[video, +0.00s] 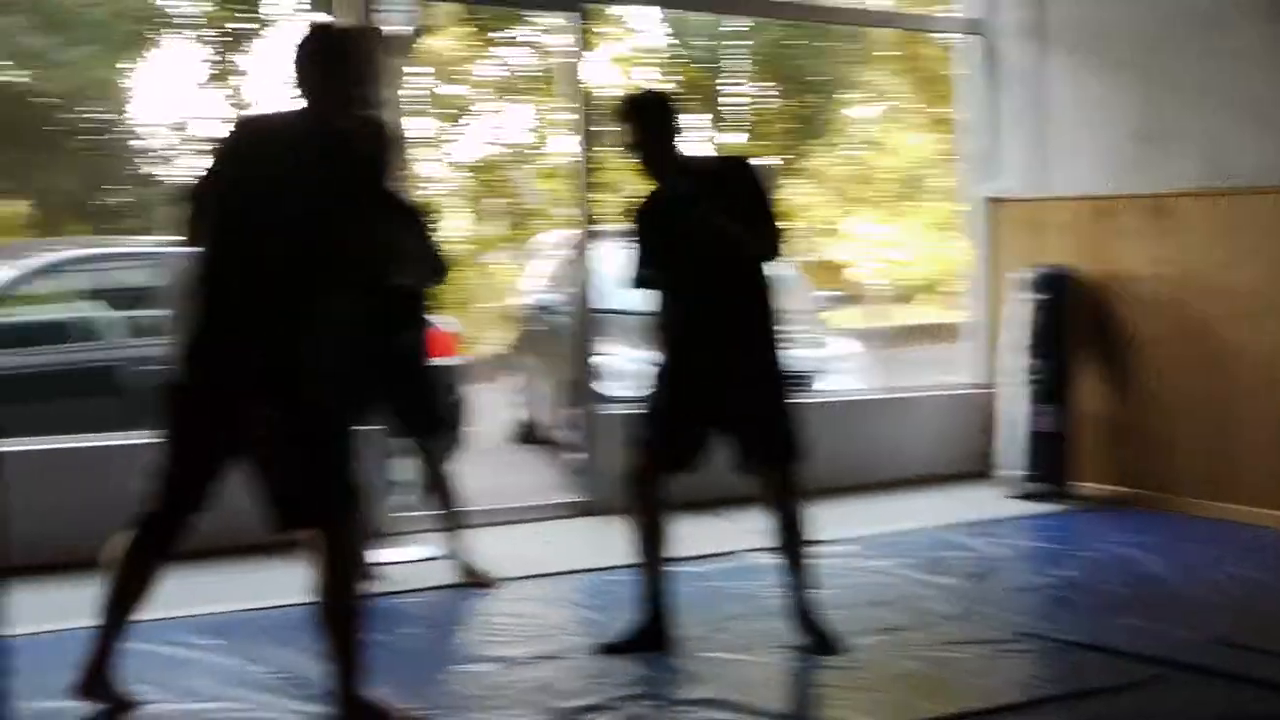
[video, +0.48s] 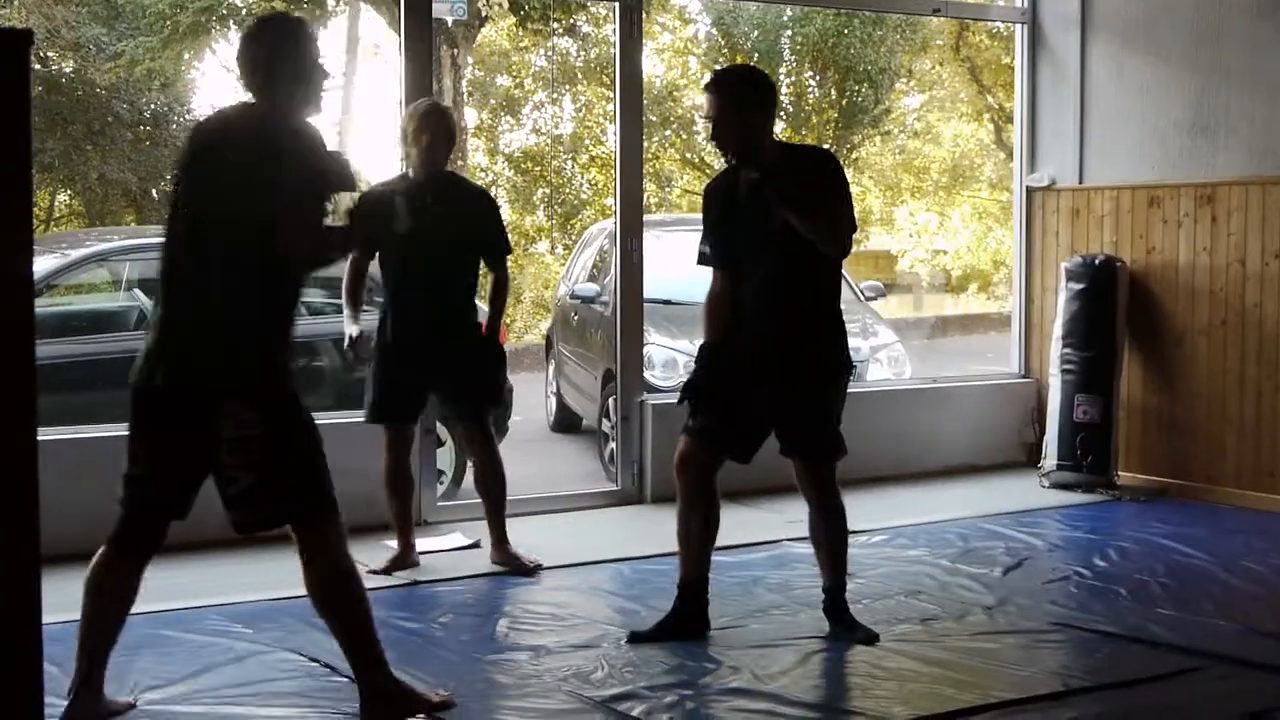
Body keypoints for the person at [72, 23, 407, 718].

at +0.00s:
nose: (368, 92)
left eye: (360, 77)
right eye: (365, 79)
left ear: (305, 75)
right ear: (356, 80)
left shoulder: (250, 138)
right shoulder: (360, 147)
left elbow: (200, 222)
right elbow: (386, 261)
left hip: (218, 372)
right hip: (308, 381)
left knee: (169, 512)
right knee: (340, 529)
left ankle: (97, 667)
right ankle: (350, 691)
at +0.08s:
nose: (411, 86)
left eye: (407, 73)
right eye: (405, 74)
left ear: (340, 72)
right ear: (390, 75)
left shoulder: (286, 132)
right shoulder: (404, 140)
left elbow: (235, 219)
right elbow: (421, 250)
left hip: (243, 355)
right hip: (338, 362)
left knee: (188, 507)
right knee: (368, 529)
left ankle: (114, 656)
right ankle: (382, 694)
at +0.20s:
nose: (396, 68)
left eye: (392, 57)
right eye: (387, 58)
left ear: (326, 66)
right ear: (364, 65)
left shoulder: (275, 129)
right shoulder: (383, 143)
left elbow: (243, 215)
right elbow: (423, 244)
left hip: (231, 353)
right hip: (312, 359)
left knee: (174, 510)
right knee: (356, 527)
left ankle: (94, 660)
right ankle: (381, 693)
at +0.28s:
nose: (375, 75)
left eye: (371, 61)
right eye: (366, 62)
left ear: (303, 68)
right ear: (338, 67)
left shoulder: (255, 132)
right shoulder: (353, 141)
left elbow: (247, 234)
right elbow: (394, 250)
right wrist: (430, 222)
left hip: (215, 359)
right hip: (298, 368)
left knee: (162, 525)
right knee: (345, 533)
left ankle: (94, 676)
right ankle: (380, 691)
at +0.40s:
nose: (344, 74)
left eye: (339, 61)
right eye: (335, 61)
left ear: (272, 68)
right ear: (312, 68)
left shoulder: (229, 135)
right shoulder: (318, 151)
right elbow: (341, 245)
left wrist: (361, 217)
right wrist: (390, 221)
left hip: (190, 371)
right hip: (269, 374)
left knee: (143, 533)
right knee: (326, 536)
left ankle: (86, 688)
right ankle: (380, 689)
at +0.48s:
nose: (324, 73)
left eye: (318, 59)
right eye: (315, 60)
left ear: (248, 69)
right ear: (290, 68)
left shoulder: (206, 136)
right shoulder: (297, 144)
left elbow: (225, 240)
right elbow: (296, 249)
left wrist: (321, 191)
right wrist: (362, 229)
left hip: (170, 369)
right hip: (252, 373)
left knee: (134, 534)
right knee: (319, 531)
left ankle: (84, 690)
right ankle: (377, 686)